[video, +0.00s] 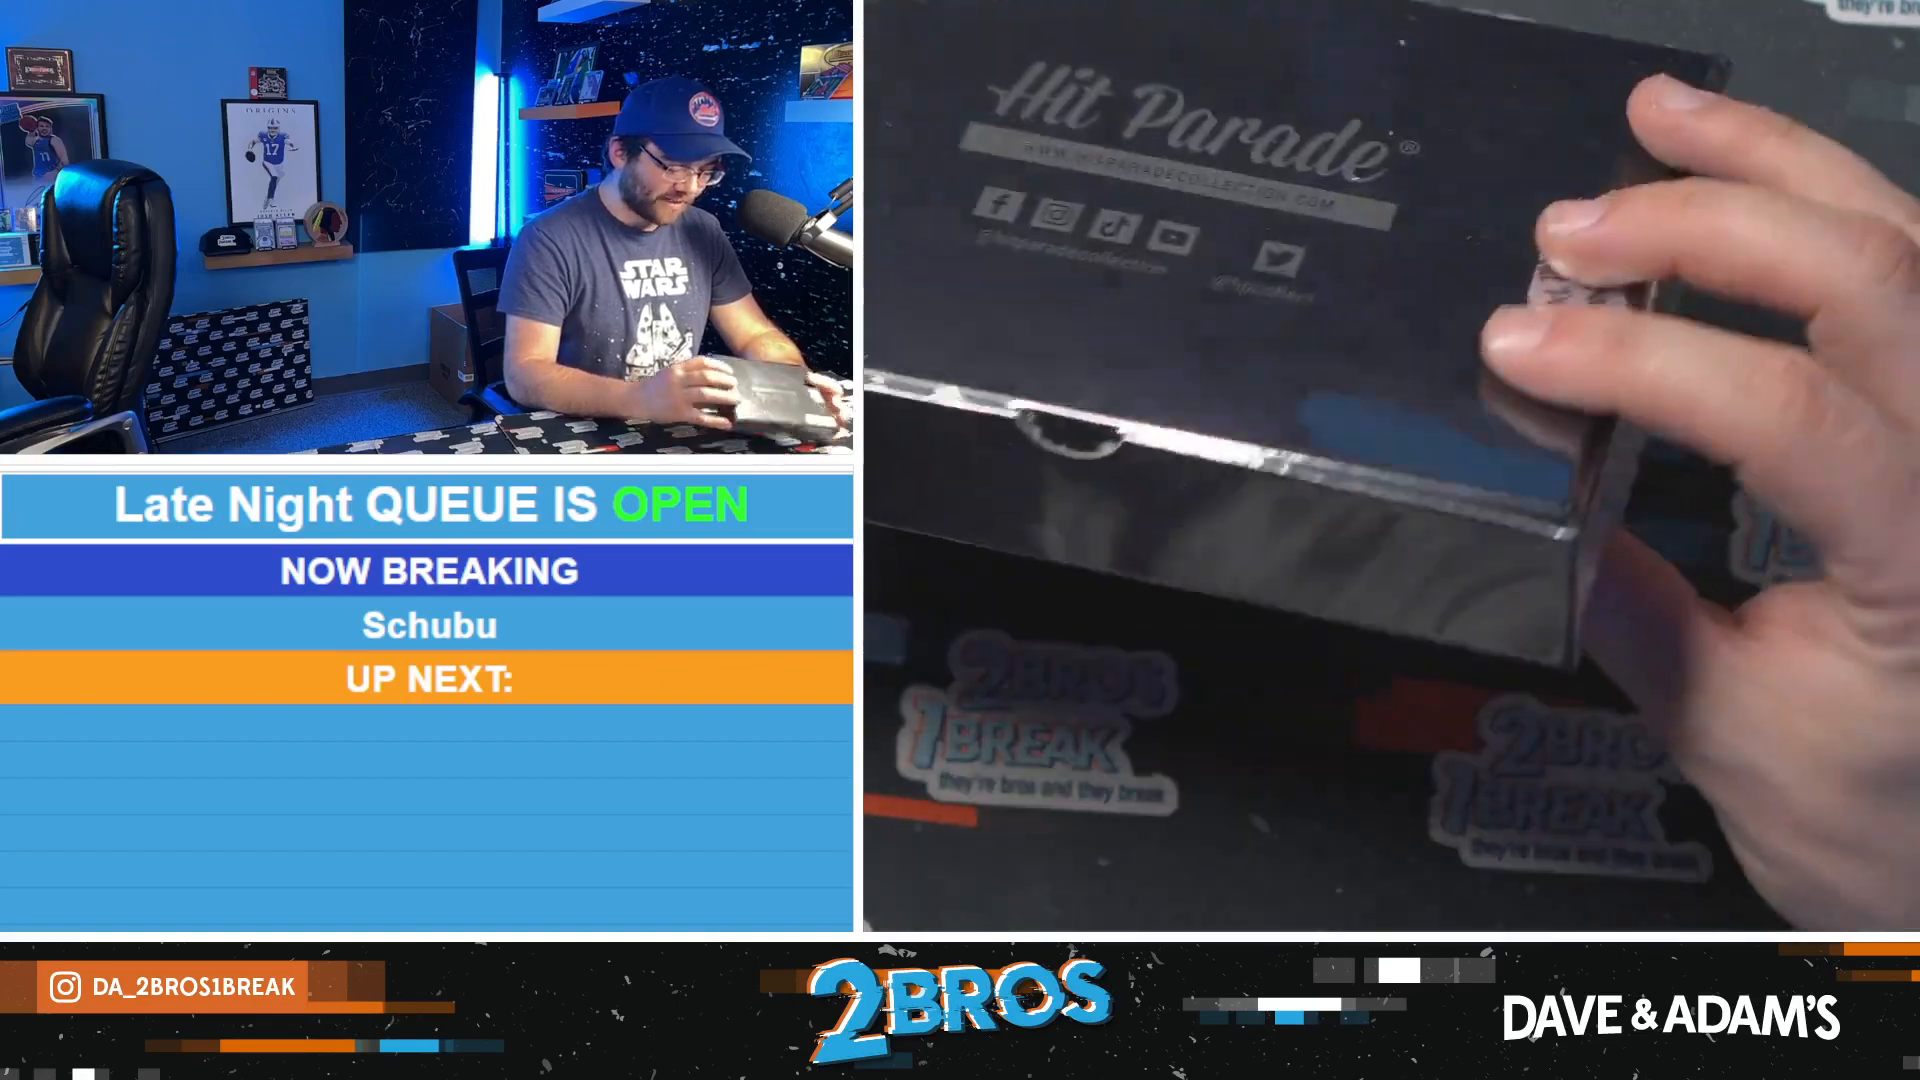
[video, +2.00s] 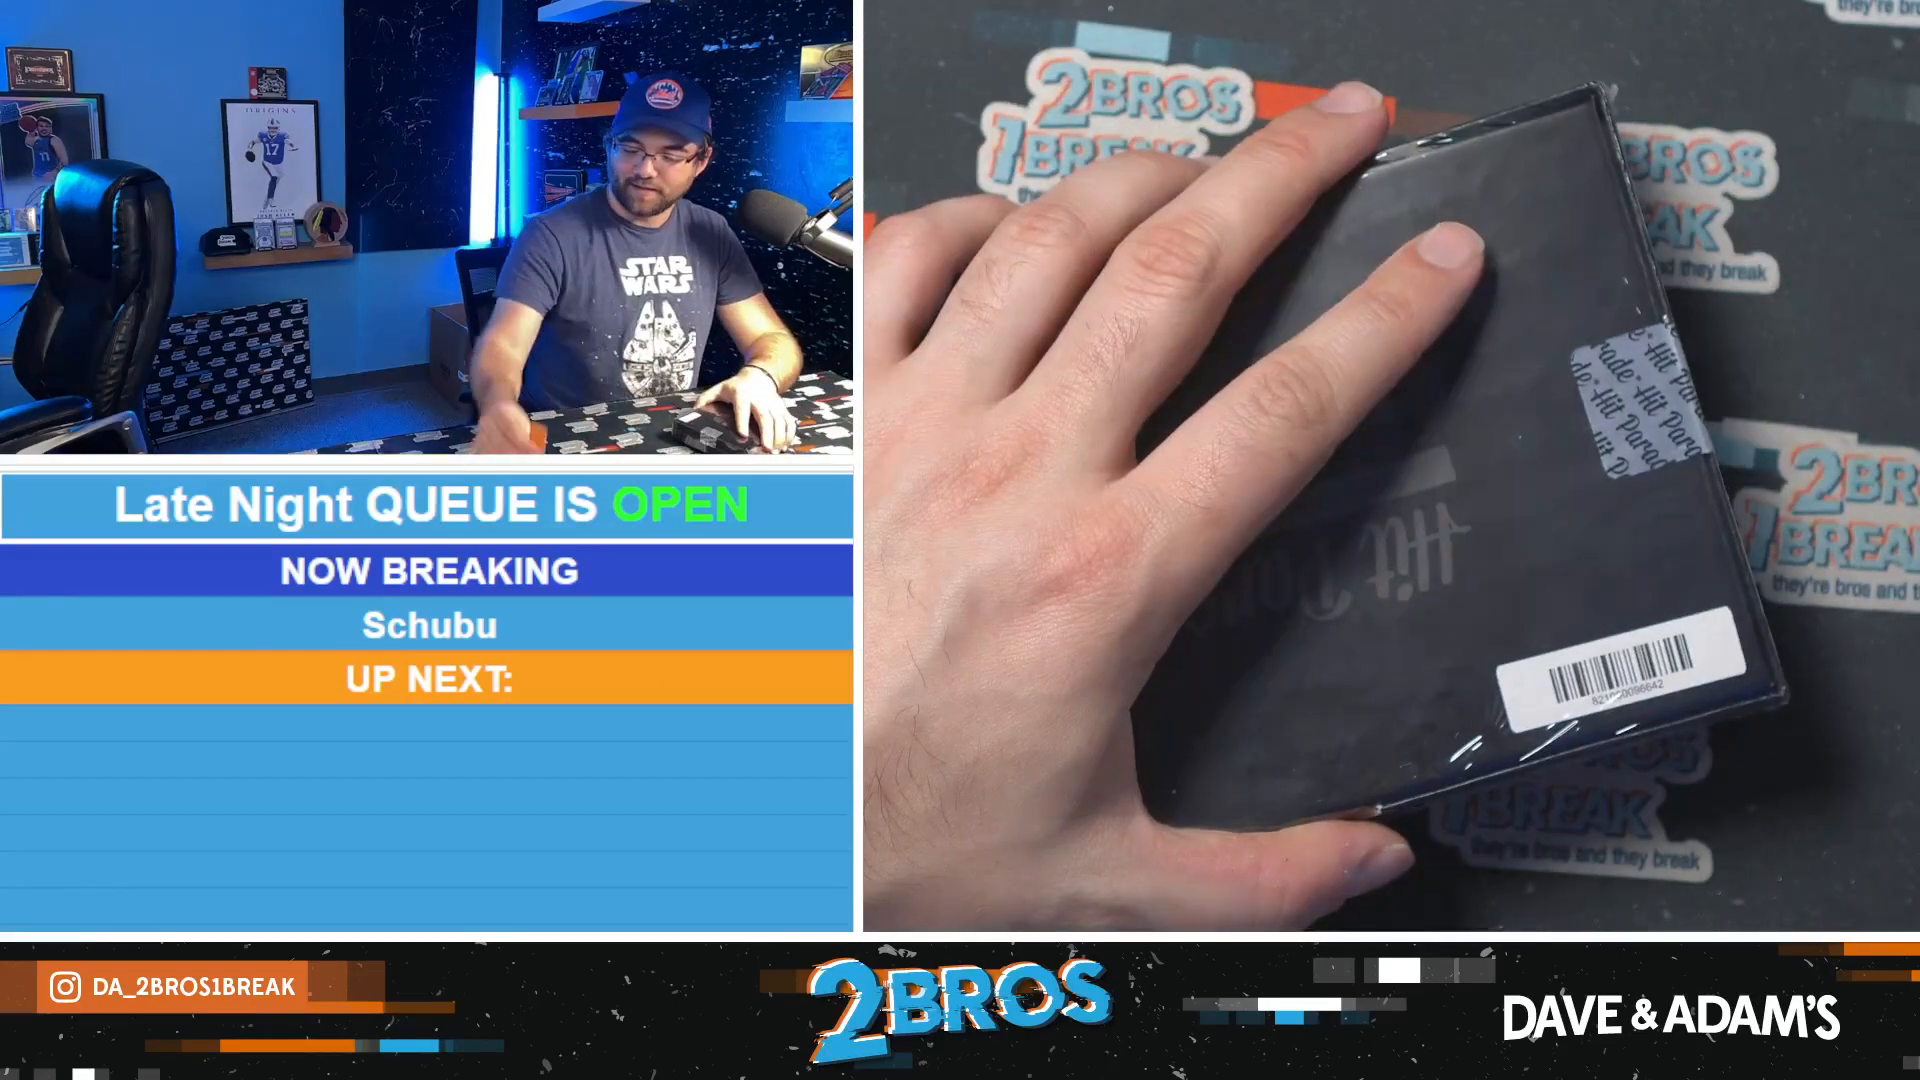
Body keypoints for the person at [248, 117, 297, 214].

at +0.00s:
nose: (273, 130)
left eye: (275, 128)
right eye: (271, 128)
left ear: (278, 128)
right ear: (268, 128)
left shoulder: (283, 136)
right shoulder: (263, 136)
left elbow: (290, 143)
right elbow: (253, 141)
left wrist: (292, 147)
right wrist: (250, 149)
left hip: (279, 164)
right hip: (267, 162)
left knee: (275, 182)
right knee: (274, 176)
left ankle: (267, 200)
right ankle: (270, 199)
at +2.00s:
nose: (273, 130)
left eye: (275, 128)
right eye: (271, 128)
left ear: (278, 128)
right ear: (268, 128)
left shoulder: (283, 136)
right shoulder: (263, 136)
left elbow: (289, 142)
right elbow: (253, 142)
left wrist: (292, 146)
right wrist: (250, 149)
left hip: (278, 163)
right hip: (267, 162)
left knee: (276, 181)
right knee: (274, 176)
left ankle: (267, 200)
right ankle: (270, 199)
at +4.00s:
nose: (273, 130)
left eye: (275, 128)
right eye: (271, 128)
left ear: (278, 129)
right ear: (268, 128)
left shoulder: (283, 136)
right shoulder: (263, 136)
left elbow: (289, 143)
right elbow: (254, 142)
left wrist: (292, 147)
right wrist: (250, 148)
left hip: (279, 163)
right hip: (268, 162)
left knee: (276, 182)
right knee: (274, 176)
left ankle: (268, 199)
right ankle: (271, 199)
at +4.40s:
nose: (273, 131)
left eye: (275, 129)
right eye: (271, 129)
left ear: (278, 129)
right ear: (268, 129)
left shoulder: (283, 137)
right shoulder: (264, 137)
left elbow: (290, 143)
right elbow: (253, 142)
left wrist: (293, 147)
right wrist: (250, 147)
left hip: (278, 163)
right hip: (267, 162)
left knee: (277, 180)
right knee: (275, 176)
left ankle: (268, 198)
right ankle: (271, 199)